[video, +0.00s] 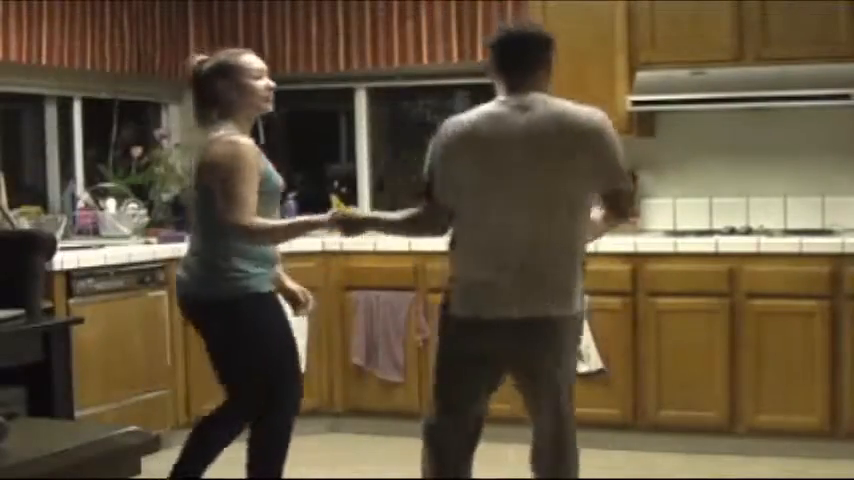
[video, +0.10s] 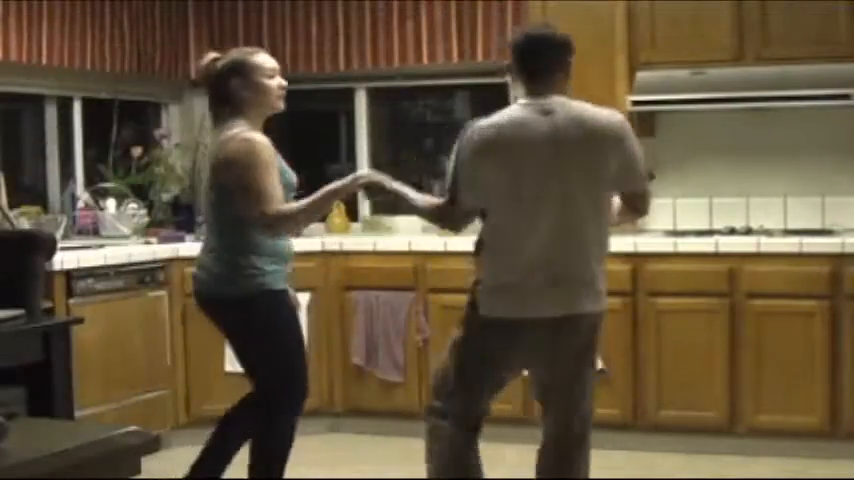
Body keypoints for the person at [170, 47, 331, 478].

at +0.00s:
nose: (271, 84)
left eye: (268, 76)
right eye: (259, 77)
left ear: (235, 92)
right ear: (228, 88)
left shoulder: (223, 146)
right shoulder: (236, 148)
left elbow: (235, 232)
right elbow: (239, 223)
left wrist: (280, 280)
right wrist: (316, 223)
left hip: (211, 291)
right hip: (236, 293)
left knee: (245, 398)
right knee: (282, 393)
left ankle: (183, 474)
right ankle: (264, 474)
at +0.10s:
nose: (283, 83)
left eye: (280, 75)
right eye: (272, 76)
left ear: (244, 90)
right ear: (241, 87)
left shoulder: (234, 141)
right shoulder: (249, 145)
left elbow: (265, 218)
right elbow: (273, 220)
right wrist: (345, 187)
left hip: (229, 286)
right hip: (250, 288)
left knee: (270, 390)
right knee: (287, 391)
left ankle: (202, 473)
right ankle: (266, 474)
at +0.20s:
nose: (293, 81)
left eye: (289, 73)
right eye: (281, 74)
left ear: (250, 87)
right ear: (250, 85)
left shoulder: (236, 137)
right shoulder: (265, 140)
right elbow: (309, 206)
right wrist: (366, 163)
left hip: (235, 281)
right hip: (260, 285)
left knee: (280, 386)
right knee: (289, 387)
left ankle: (241, 473)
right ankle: (252, 475)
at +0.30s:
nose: (299, 84)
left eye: (296, 76)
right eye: (289, 77)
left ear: (258, 90)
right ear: (259, 88)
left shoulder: (239, 139)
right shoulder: (277, 142)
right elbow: (334, 202)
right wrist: (397, 164)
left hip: (239, 280)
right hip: (267, 284)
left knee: (287, 386)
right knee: (295, 387)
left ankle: (260, 473)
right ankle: (263, 474)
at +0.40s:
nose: (306, 92)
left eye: (303, 84)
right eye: (296, 86)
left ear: (262, 97)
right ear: (265, 95)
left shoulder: (241, 145)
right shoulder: (287, 152)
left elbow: (254, 225)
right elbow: (342, 219)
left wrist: (302, 266)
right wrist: (405, 190)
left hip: (243, 282)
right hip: (275, 289)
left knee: (296, 387)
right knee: (307, 391)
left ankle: (262, 473)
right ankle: (267, 474)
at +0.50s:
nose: (315, 91)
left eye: (312, 83)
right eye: (304, 85)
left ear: (272, 97)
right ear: (274, 95)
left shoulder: (256, 144)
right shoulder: (292, 151)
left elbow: (283, 221)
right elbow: (350, 214)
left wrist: (347, 242)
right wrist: (416, 191)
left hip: (254, 281)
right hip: (279, 287)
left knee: (302, 386)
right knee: (322, 389)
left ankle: (261, 473)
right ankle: (269, 474)